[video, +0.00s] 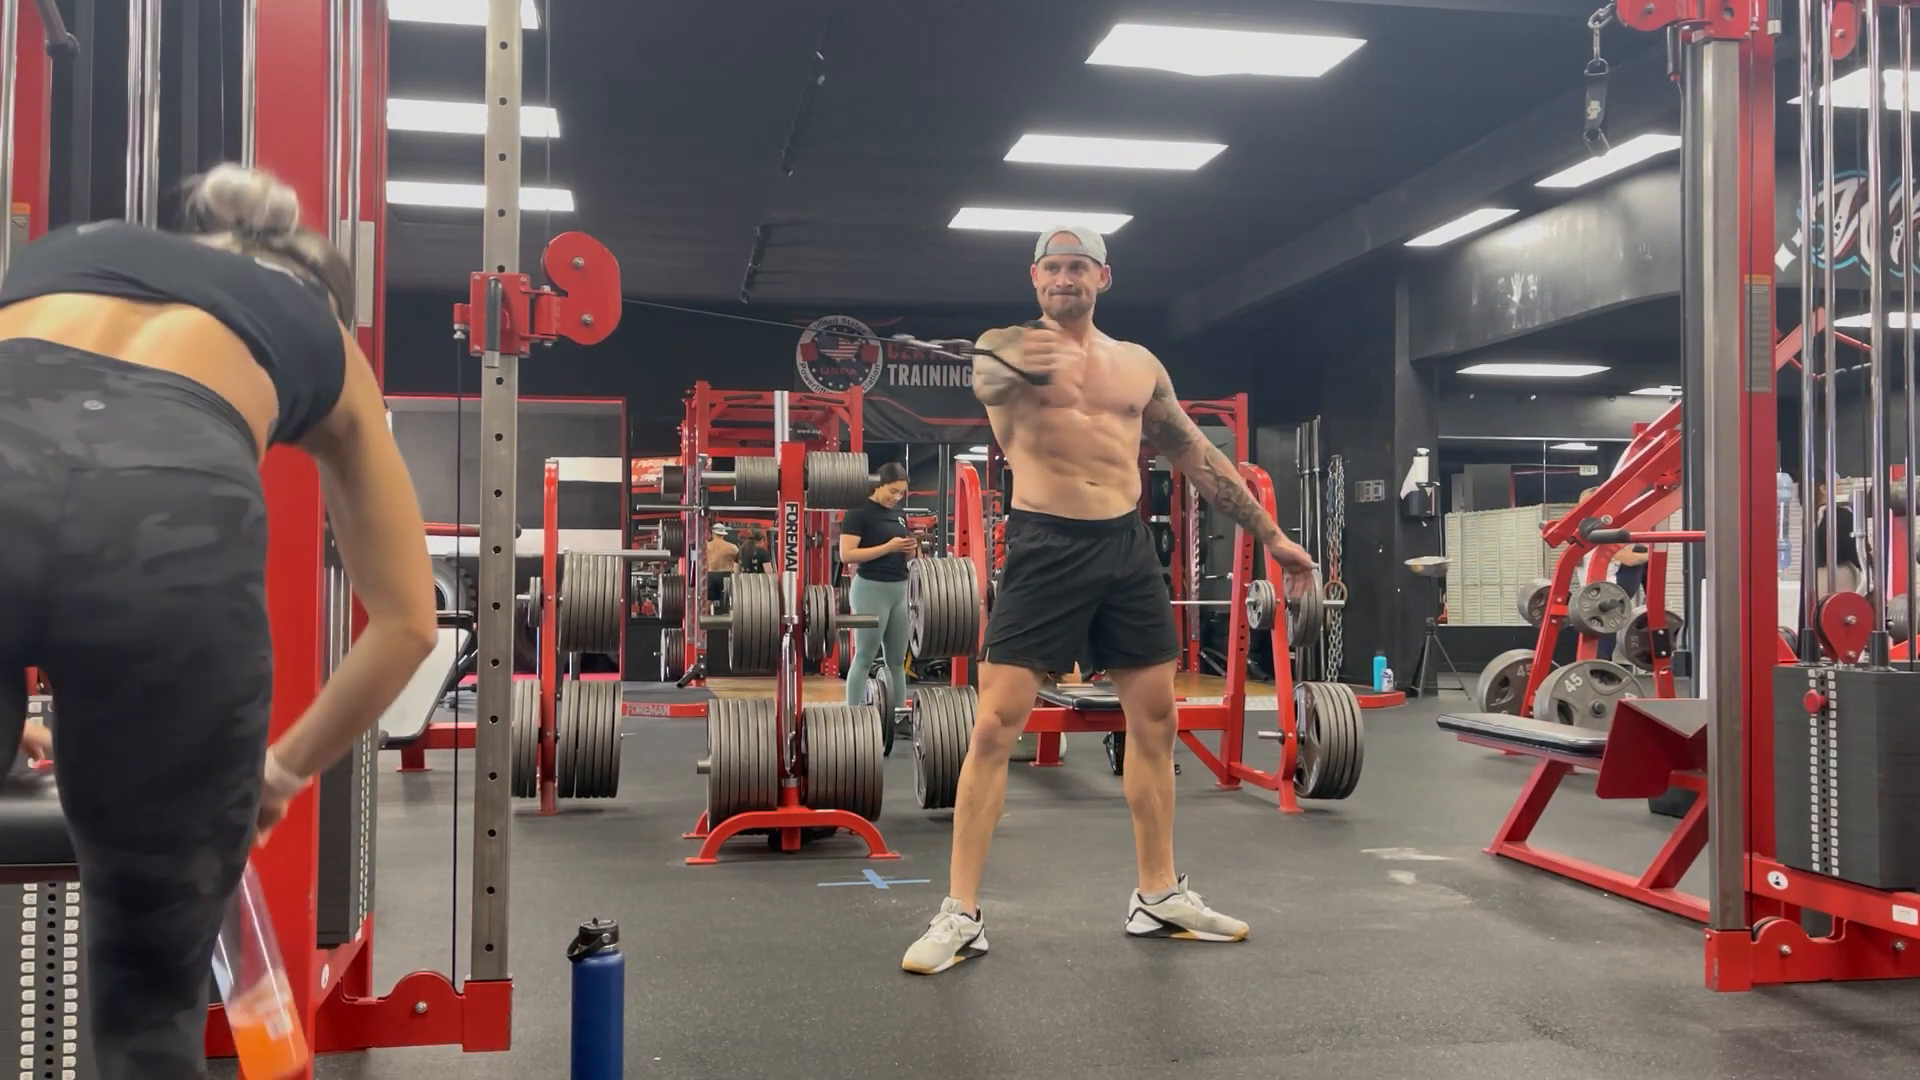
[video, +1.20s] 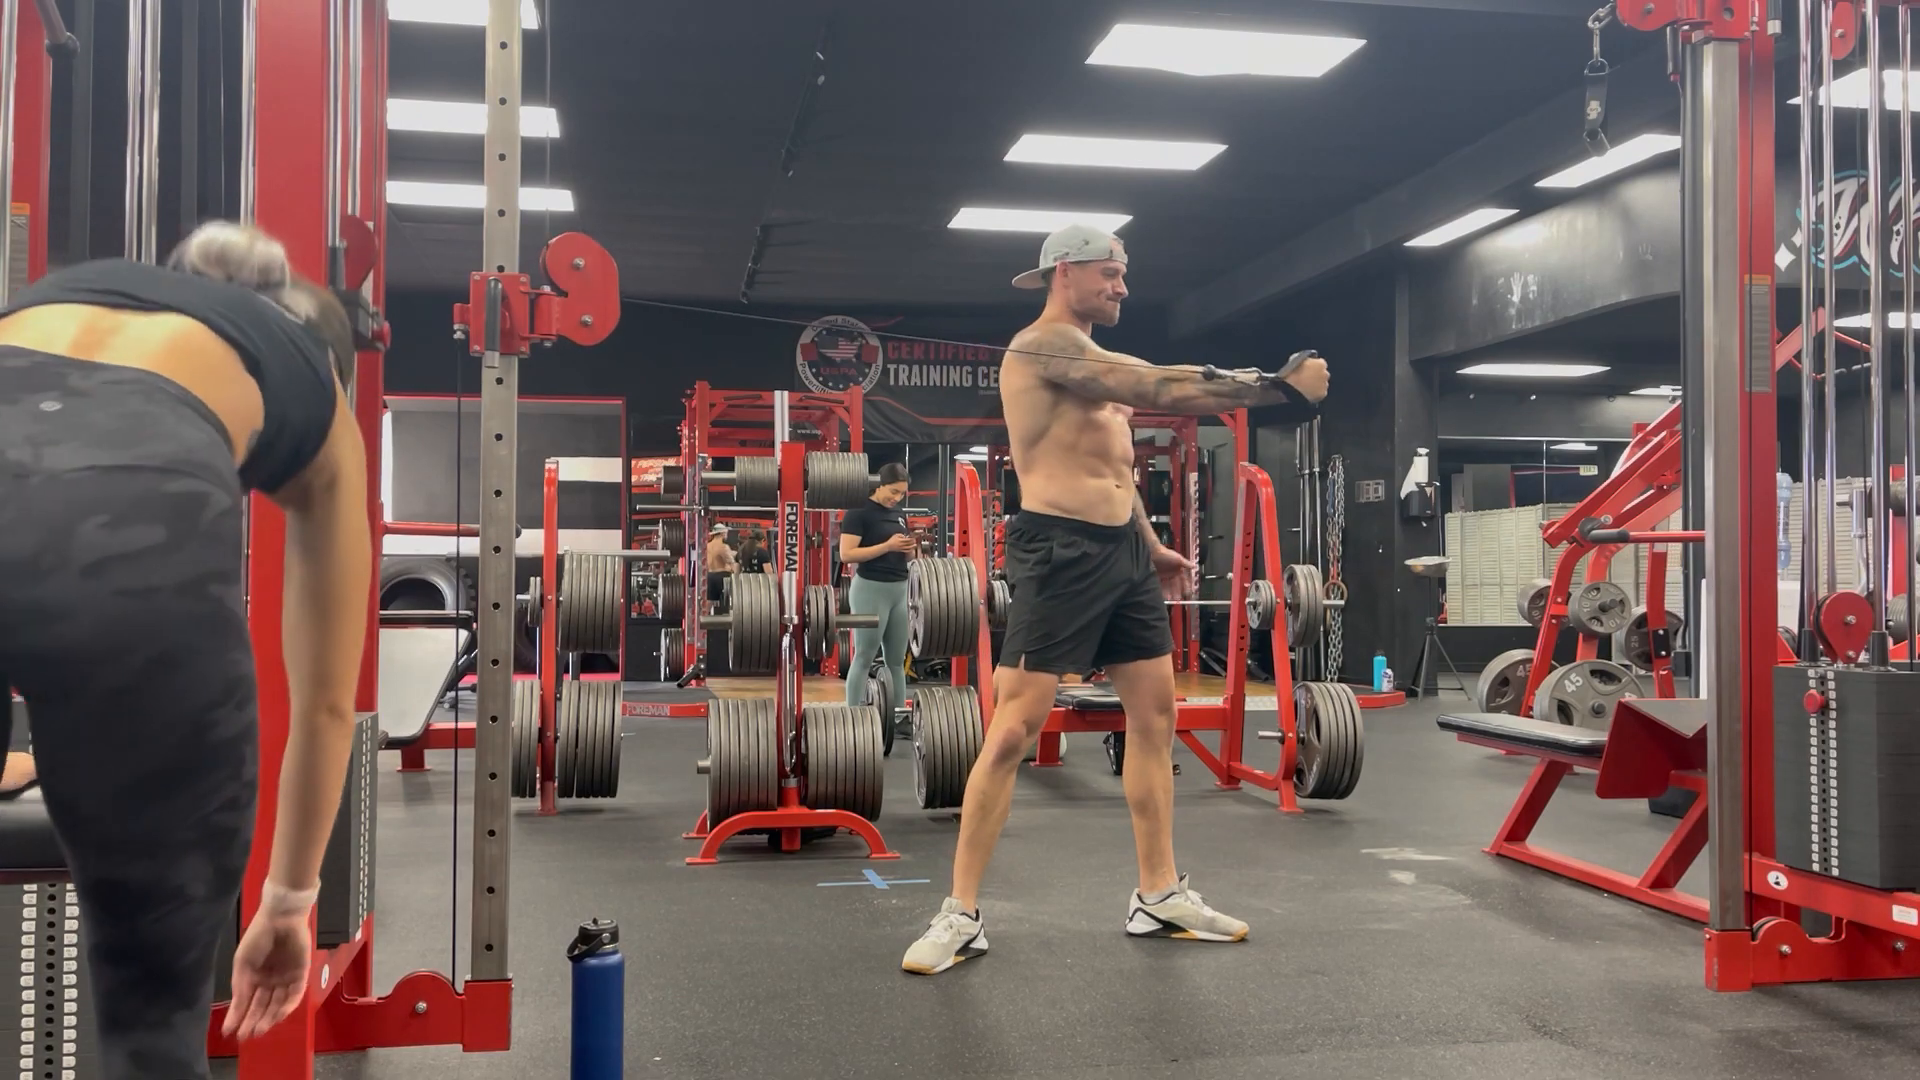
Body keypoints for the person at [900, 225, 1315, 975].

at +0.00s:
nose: (1065, 278)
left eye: (1079, 266)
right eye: (1053, 267)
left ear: (1104, 279)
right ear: (1034, 278)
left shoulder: (1140, 365)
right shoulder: (1005, 346)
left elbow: (1203, 460)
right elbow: (988, 383)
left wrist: (1272, 536)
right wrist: (1021, 365)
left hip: (1129, 551)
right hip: (1042, 552)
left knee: (1156, 719)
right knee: (993, 725)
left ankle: (1158, 894)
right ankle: (960, 910)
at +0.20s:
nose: (1045, 275)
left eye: (1059, 263)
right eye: (1035, 266)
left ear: (1095, 277)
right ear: (1026, 280)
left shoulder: (1144, 361)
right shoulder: (1001, 348)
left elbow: (1220, 450)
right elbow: (952, 382)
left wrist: (1300, 528)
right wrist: (926, 365)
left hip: (1127, 548)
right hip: (1036, 549)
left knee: (1156, 722)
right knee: (988, 724)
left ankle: (1159, 895)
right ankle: (960, 909)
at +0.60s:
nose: (1067, 269)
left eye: (1081, 259)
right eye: (1054, 259)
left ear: (1103, 280)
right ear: (1032, 277)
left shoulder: (1139, 364)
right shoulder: (1005, 342)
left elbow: (1207, 460)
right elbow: (967, 387)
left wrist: (1280, 532)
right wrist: (990, 368)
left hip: (1120, 549)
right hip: (1033, 548)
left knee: (1159, 718)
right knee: (986, 724)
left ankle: (1159, 894)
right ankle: (959, 910)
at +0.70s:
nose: (1080, 274)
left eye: (1092, 265)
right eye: (1066, 262)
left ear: (1107, 281)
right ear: (1038, 276)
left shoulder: (1134, 365)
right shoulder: (1004, 348)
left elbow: (1191, 465)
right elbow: (1005, 381)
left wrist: (1256, 541)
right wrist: (1051, 371)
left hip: (1122, 552)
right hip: (1039, 551)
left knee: (1157, 716)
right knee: (991, 727)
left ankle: (1158, 893)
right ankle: (959, 910)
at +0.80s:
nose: (1086, 274)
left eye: (1096, 265)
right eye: (1070, 262)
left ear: (1107, 282)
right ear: (1037, 277)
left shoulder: (1123, 371)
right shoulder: (1004, 349)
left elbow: (1173, 466)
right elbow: (1042, 384)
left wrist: (1230, 541)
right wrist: (1131, 366)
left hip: (1124, 553)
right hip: (1042, 548)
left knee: (1157, 715)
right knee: (992, 729)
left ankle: (1159, 893)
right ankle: (958, 909)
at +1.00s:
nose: (1105, 277)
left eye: (1110, 268)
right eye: (1089, 264)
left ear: (1109, 283)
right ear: (1047, 275)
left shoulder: (1115, 371)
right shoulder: (1018, 350)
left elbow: (1144, 464)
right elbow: (1111, 381)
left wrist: (1191, 541)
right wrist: (1235, 372)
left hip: (1126, 552)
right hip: (1050, 550)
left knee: (1157, 716)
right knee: (1003, 731)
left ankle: (1159, 893)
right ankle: (960, 909)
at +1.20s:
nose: (1120, 284)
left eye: (1122, 273)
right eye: (1106, 270)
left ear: (1104, 285)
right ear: (1061, 275)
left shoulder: (1101, 363)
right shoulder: (1040, 344)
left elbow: (1113, 472)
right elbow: (1156, 383)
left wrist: (1149, 546)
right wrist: (1277, 383)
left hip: (1124, 556)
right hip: (1055, 550)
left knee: (1155, 716)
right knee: (1013, 733)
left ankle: (1159, 894)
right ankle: (960, 910)